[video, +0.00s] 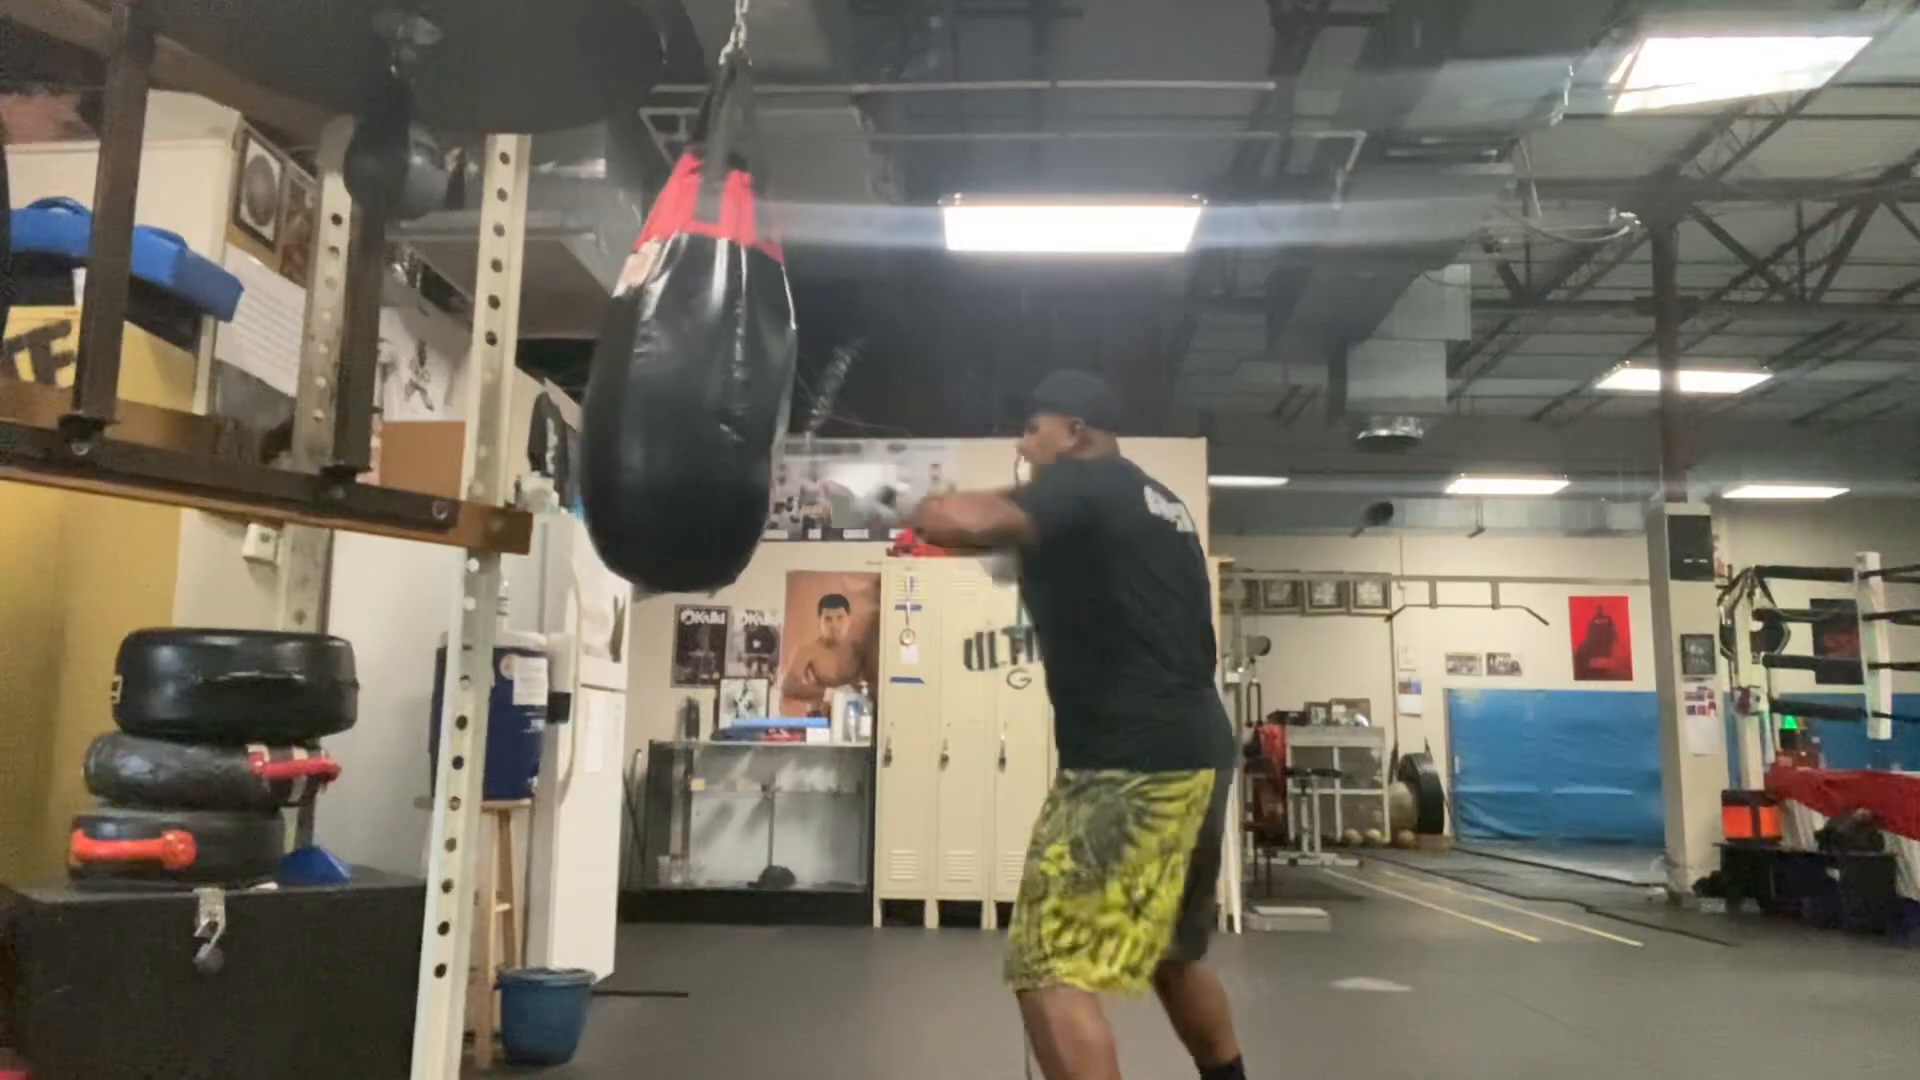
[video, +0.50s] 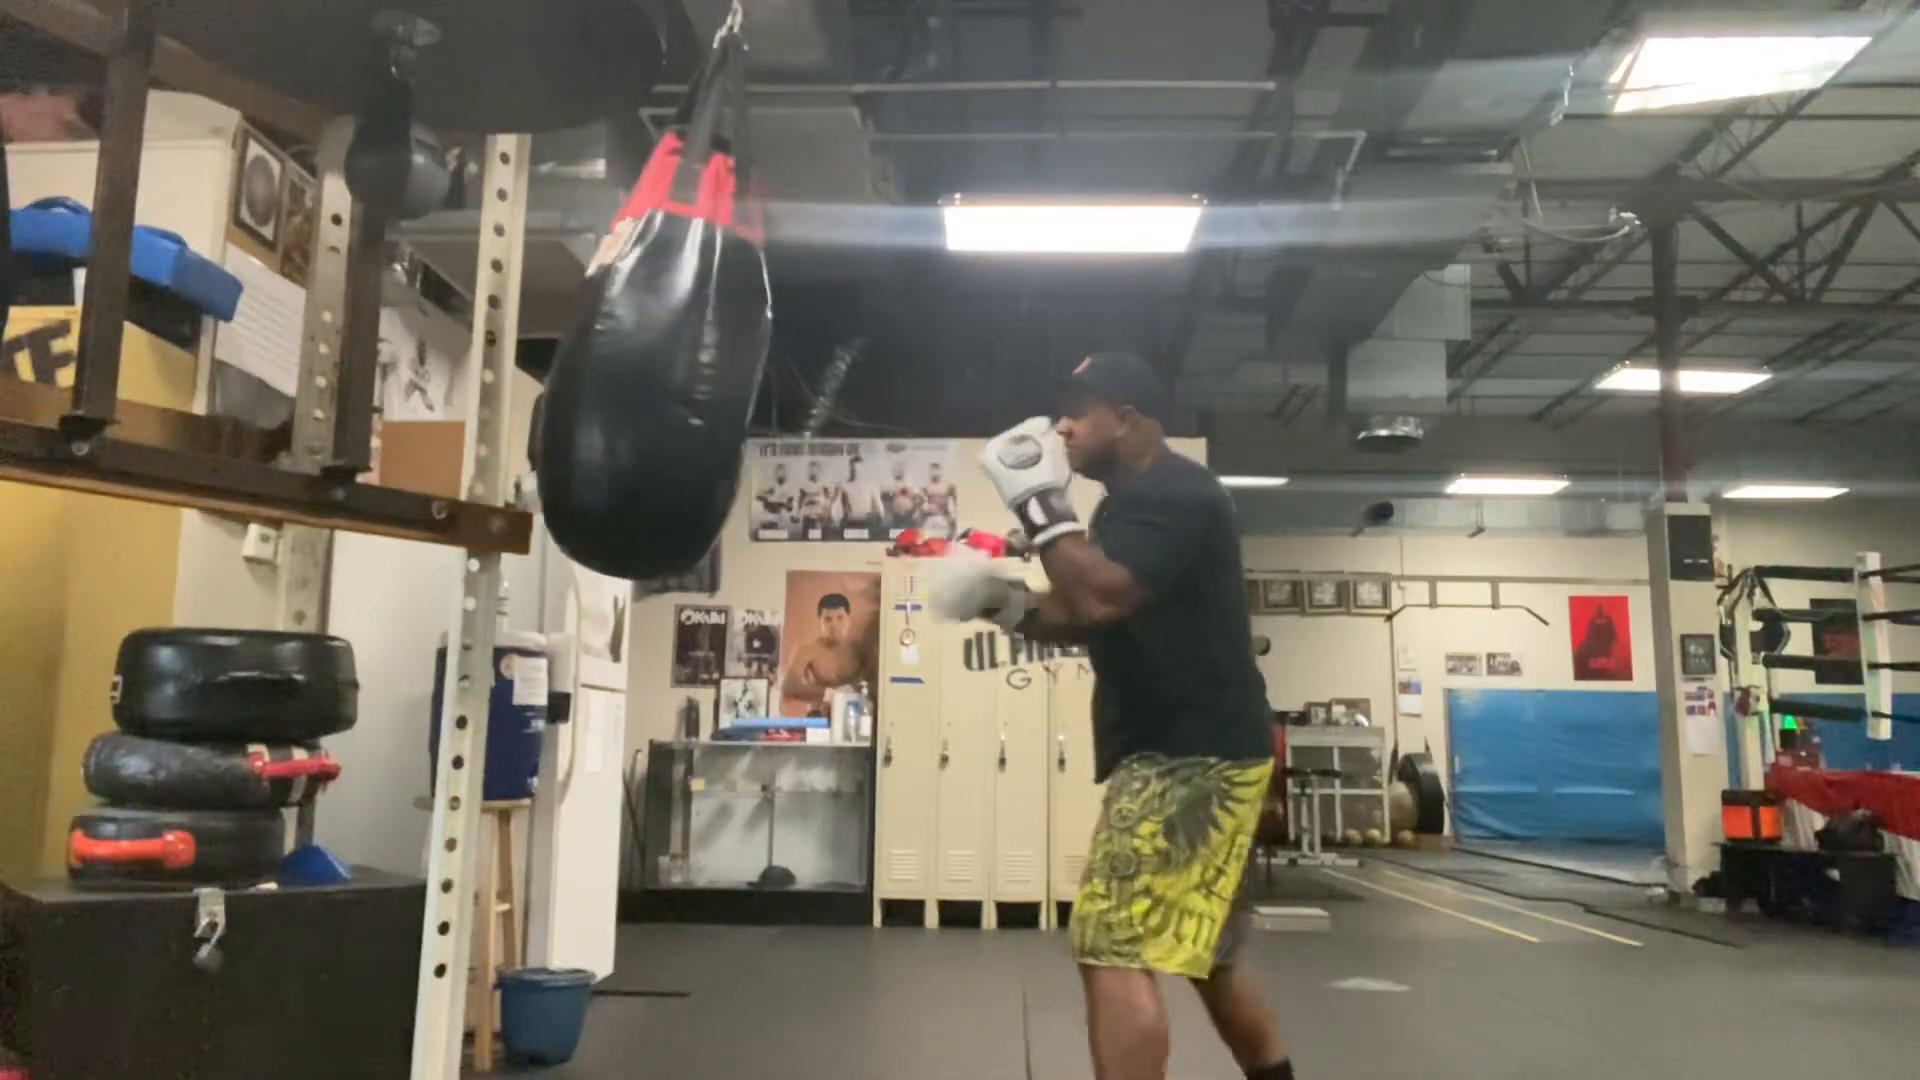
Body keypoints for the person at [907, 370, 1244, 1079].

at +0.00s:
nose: (1023, 446)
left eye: (1033, 429)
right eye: (1024, 431)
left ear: (1078, 430)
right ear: (1098, 434)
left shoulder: (1080, 486)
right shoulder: (1163, 501)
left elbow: (964, 519)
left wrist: (924, 507)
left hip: (1127, 757)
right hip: (1196, 751)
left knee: (1047, 966)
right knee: (1175, 954)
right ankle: (1228, 1074)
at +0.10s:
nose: (1022, 411)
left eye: (1038, 396)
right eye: (1027, 397)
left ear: (1090, 406)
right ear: (1089, 411)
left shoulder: (1121, 482)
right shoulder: (1108, 483)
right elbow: (1082, 578)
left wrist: (999, 531)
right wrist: (1022, 531)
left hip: (1141, 748)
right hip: (1164, 745)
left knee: (1073, 949)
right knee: (1177, 944)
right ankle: (1229, 1075)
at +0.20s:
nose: (1035, 422)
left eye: (1051, 409)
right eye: (1036, 408)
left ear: (1106, 413)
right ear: (1085, 418)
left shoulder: (1164, 494)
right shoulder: (1063, 491)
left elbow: (1103, 594)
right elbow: (929, 495)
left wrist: (1034, 509)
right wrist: (833, 462)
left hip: (1174, 747)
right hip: (1124, 747)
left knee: (1101, 939)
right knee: (1160, 947)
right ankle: (1223, 1072)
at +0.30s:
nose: (1041, 415)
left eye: (1055, 402)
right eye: (1043, 402)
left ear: (1108, 404)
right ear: (1100, 407)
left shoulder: (1173, 479)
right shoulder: (1080, 483)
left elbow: (1134, 578)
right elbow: (989, 547)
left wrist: (1031, 511)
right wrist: (910, 535)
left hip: (1184, 744)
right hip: (1141, 745)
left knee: (1121, 944)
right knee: (1178, 940)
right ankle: (1226, 1070)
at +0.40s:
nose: (1052, 413)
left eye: (1067, 398)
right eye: (1055, 398)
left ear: (1118, 403)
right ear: (1105, 406)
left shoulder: (1179, 479)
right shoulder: (1096, 489)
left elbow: (1125, 581)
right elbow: (1037, 591)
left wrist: (1036, 500)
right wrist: (954, 591)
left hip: (1190, 747)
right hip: (1147, 745)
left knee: (1125, 943)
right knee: (1187, 939)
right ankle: (1255, 1071)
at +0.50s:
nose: (1065, 428)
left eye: (1080, 414)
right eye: (1068, 413)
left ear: (1127, 419)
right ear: (1122, 422)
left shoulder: (1175, 492)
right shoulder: (1131, 504)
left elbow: (1104, 590)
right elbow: (1093, 614)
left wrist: (1041, 502)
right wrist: (1012, 606)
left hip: (1187, 753)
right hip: (1198, 751)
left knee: (1110, 946)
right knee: (1211, 952)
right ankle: (1275, 1072)